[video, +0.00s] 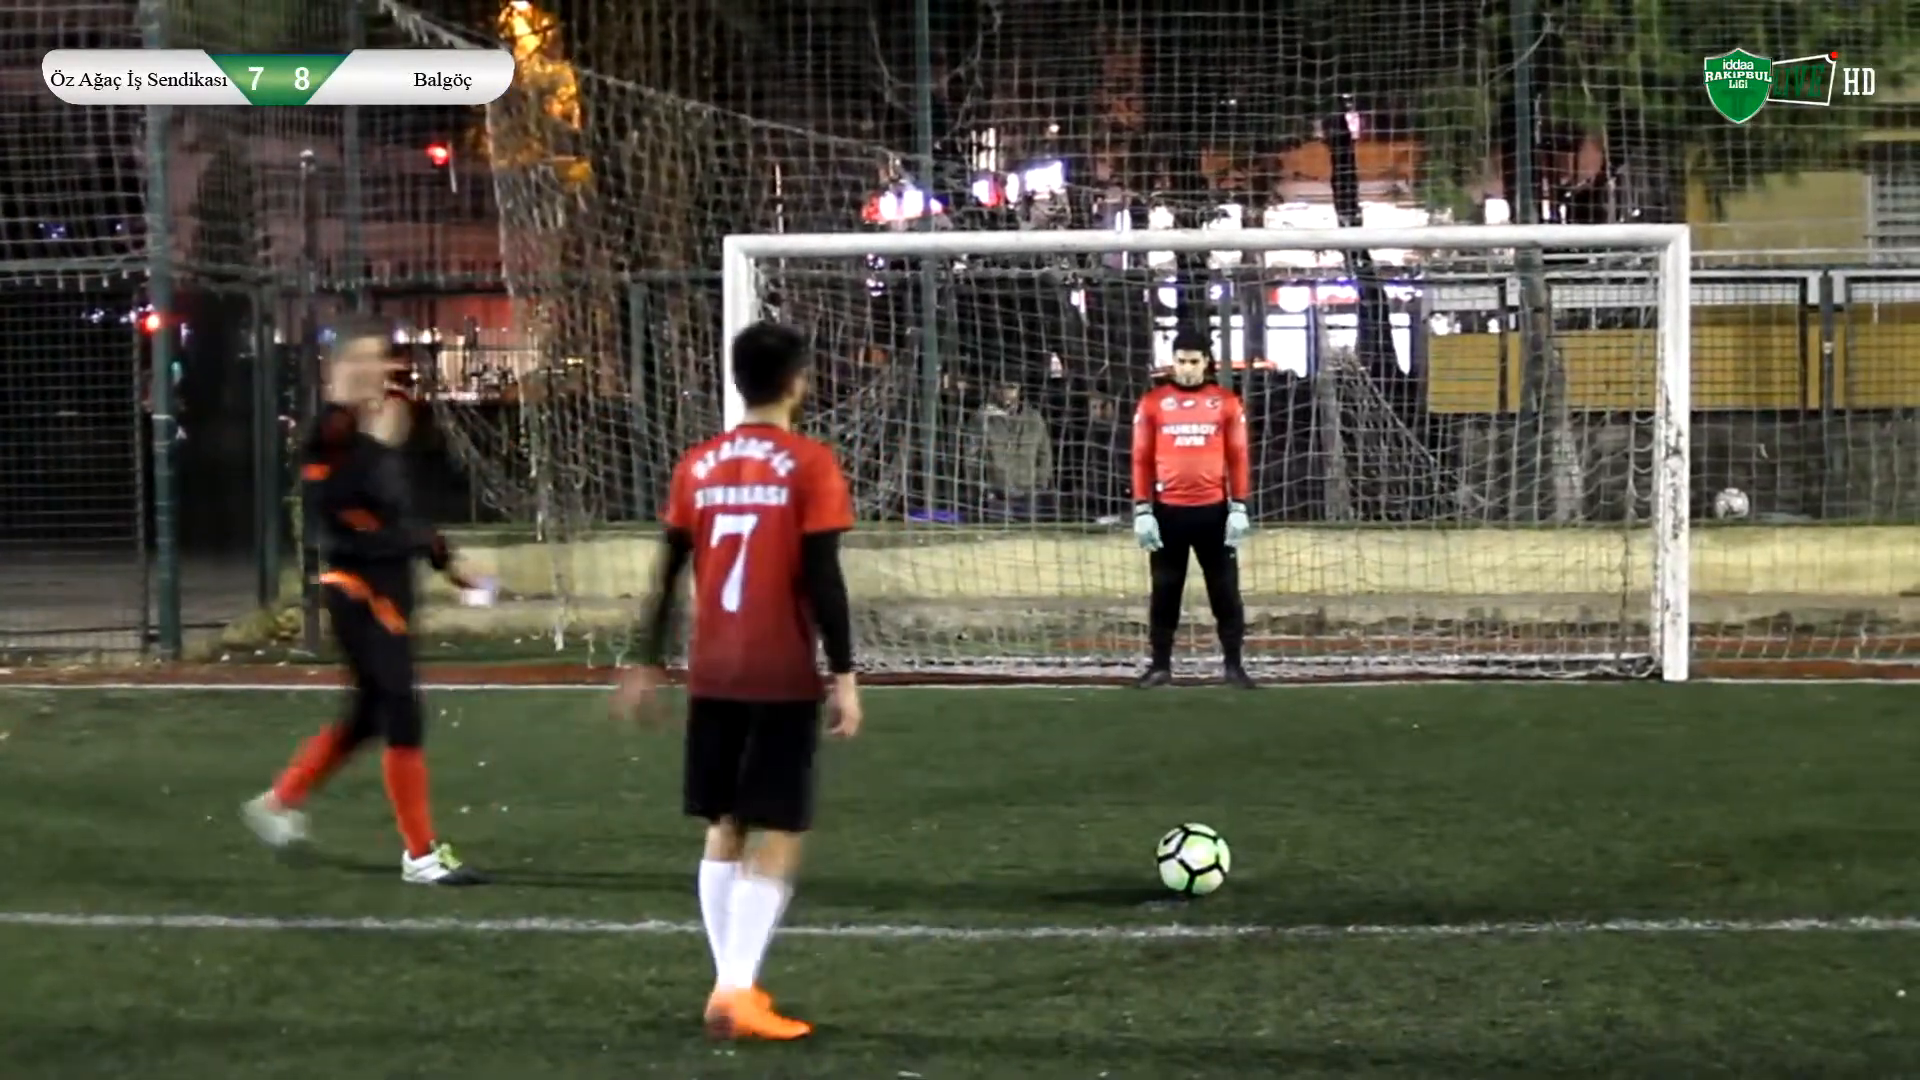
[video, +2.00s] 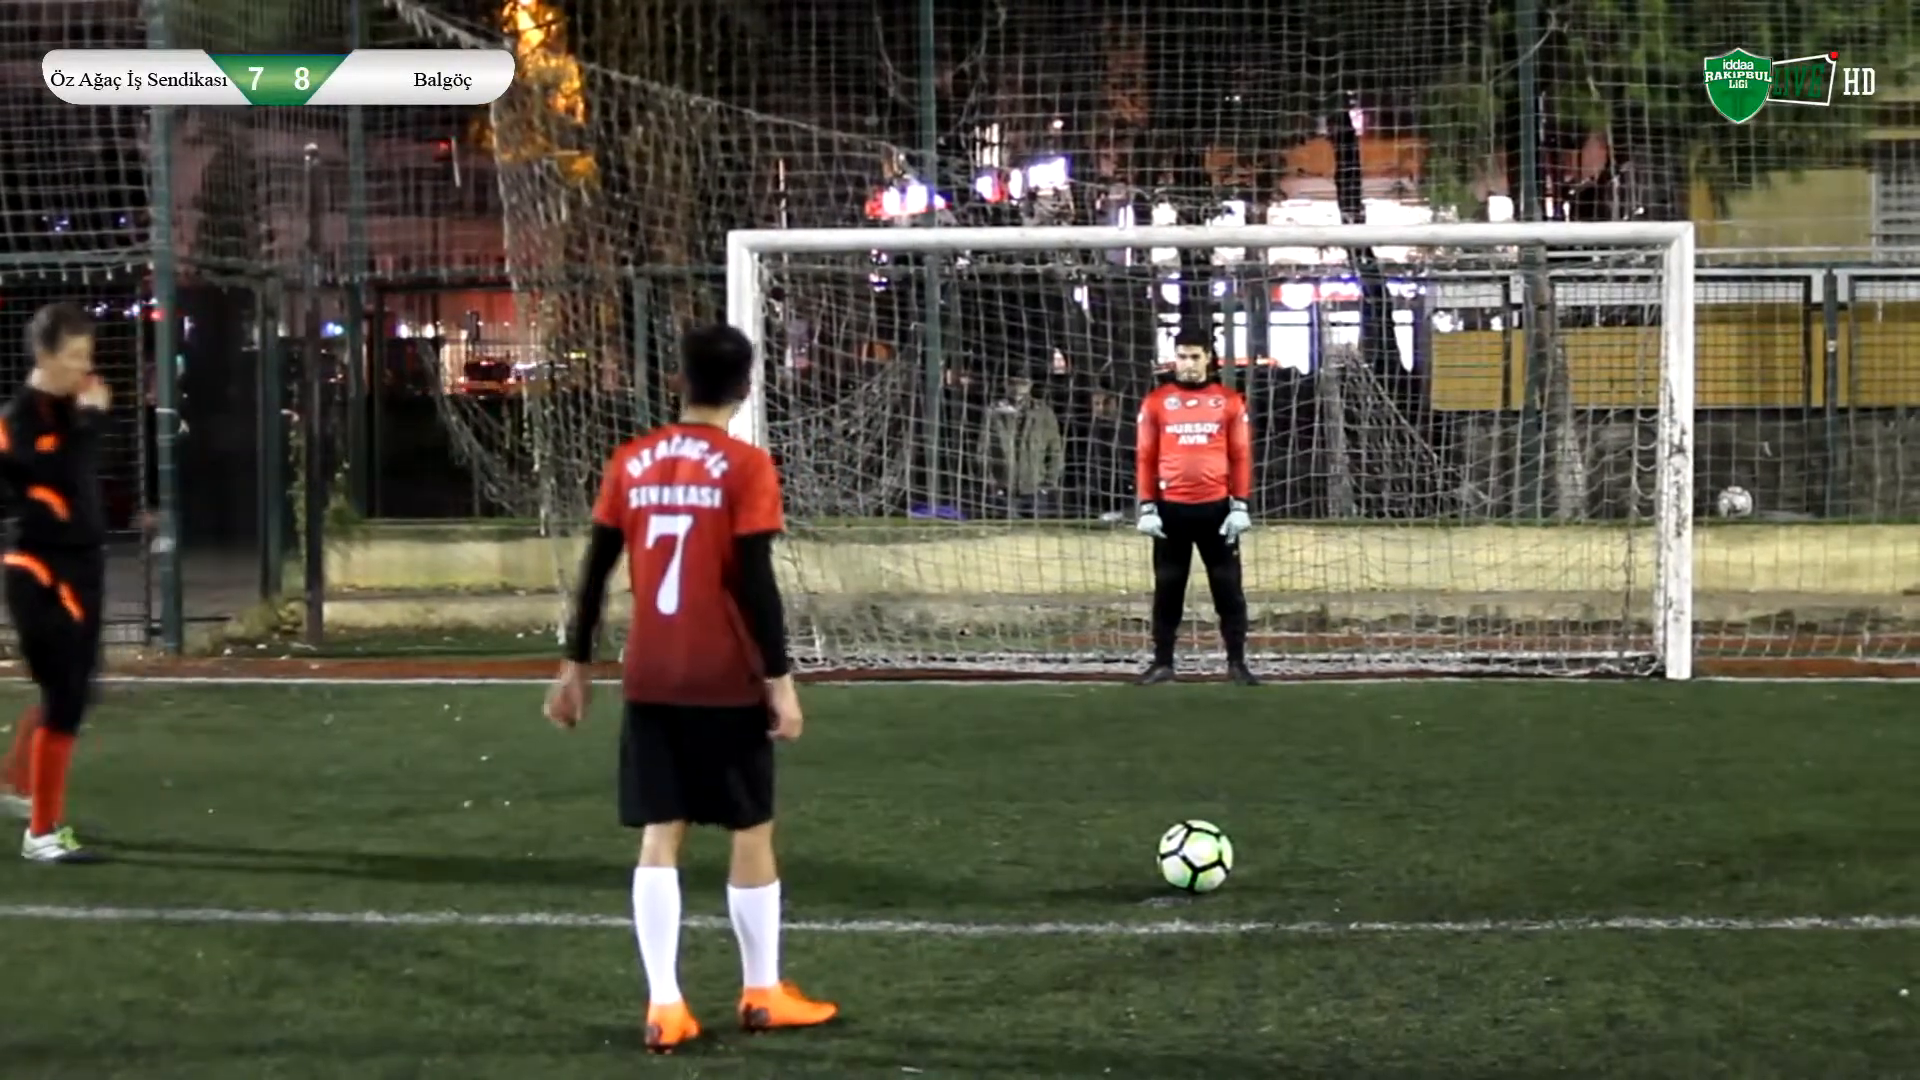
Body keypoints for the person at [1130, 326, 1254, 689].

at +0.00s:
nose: (1187, 368)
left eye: (1194, 361)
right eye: (1181, 361)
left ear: (1207, 363)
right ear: (1172, 364)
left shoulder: (1227, 402)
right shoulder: (1152, 403)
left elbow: (1238, 456)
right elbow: (1141, 458)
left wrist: (1239, 504)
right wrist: (1142, 508)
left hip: (1214, 509)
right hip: (1167, 510)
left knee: (1225, 593)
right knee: (1164, 592)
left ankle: (1233, 664)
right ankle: (1160, 665)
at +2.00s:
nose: (1188, 364)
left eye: (1195, 357)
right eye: (1182, 357)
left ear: (1209, 359)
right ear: (1174, 359)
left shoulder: (1230, 402)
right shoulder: (1155, 402)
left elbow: (1241, 455)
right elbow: (1145, 456)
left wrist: (1240, 503)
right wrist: (1147, 505)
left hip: (1216, 507)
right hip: (1170, 508)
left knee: (1228, 589)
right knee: (1167, 589)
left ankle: (1237, 662)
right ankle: (1163, 661)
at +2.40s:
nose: (1188, 363)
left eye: (1195, 356)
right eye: (1182, 356)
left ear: (1209, 360)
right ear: (1173, 359)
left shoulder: (1229, 402)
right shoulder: (1154, 402)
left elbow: (1240, 456)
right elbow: (1144, 457)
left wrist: (1239, 505)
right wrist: (1146, 505)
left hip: (1216, 507)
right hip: (1170, 508)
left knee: (1228, 589)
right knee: (1166, 589)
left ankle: (1236, 662)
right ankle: (1162, 661)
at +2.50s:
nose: (1188, 363)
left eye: (1195, 356)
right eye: (1182, 356)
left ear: (1209, 359)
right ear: (1174, 359)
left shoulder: (1229, 402)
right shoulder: (1154, 402)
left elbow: (1240, 456)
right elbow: (1144, 456)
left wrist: (1239, 505)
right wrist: (1146, 505)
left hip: (1216, 507)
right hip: (1169, 508)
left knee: (1228, 589)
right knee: (1166, 590)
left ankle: (1236, 662)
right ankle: (1162, 661)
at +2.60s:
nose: (1189, 363)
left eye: (1197, 356)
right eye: (1183, 356)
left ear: (1210, 359)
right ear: (1174, 359)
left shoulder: (1230, 402)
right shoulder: (1155, 402)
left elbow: (1241, 456)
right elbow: (1145, 456)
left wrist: (1240, 505)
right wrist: (1146, 505)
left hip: (1217, 507)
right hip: (1170, 508)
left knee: (1229, 590)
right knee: (1167, 590)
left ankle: (1236, 661)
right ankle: (1162, 661)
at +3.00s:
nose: (1191, 363)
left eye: (1199, 356)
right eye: (1185, 356)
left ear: (1212, 359)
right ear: (1176, 359)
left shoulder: (1232, 402)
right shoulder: (1157, 402)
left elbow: (1243, 456)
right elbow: (1147, 456)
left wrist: (1242, 505)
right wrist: (1148, 506)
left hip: (1219, 507)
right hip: (1172, 509)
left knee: (1231, 590)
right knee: (1169, 590)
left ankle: (1236, 660)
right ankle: (1164, 660)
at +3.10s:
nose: (1194, 363)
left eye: (1201, 356)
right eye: (1187, 356)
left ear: (1213, 359)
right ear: (1179, 358)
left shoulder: (1234, 402)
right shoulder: (1159, 402)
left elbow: (1245, 456)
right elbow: (1149, 456)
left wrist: (1244, 505)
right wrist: (1150, 505)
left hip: (1221, 507)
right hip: (1175, 509)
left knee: (1233, 589)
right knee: (1171, 589)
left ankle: (1238, 660)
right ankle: (1165, 660)